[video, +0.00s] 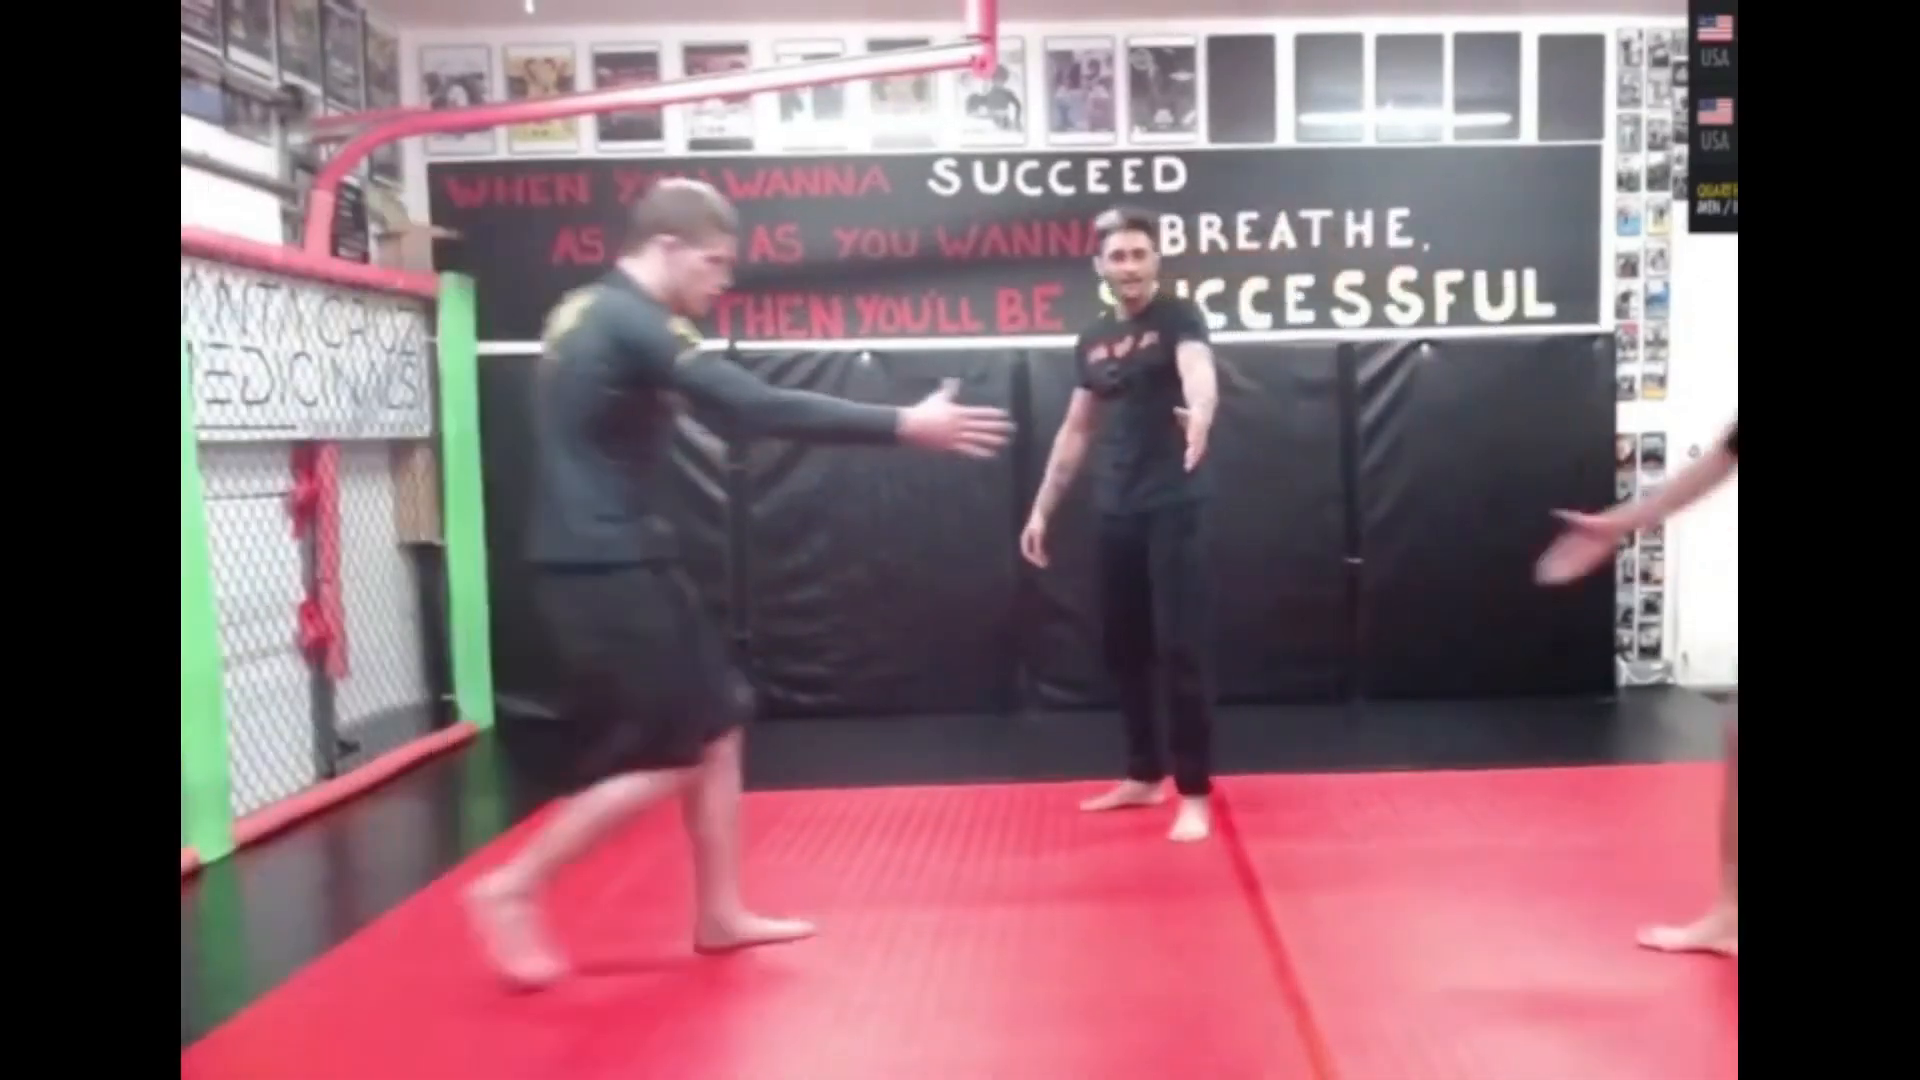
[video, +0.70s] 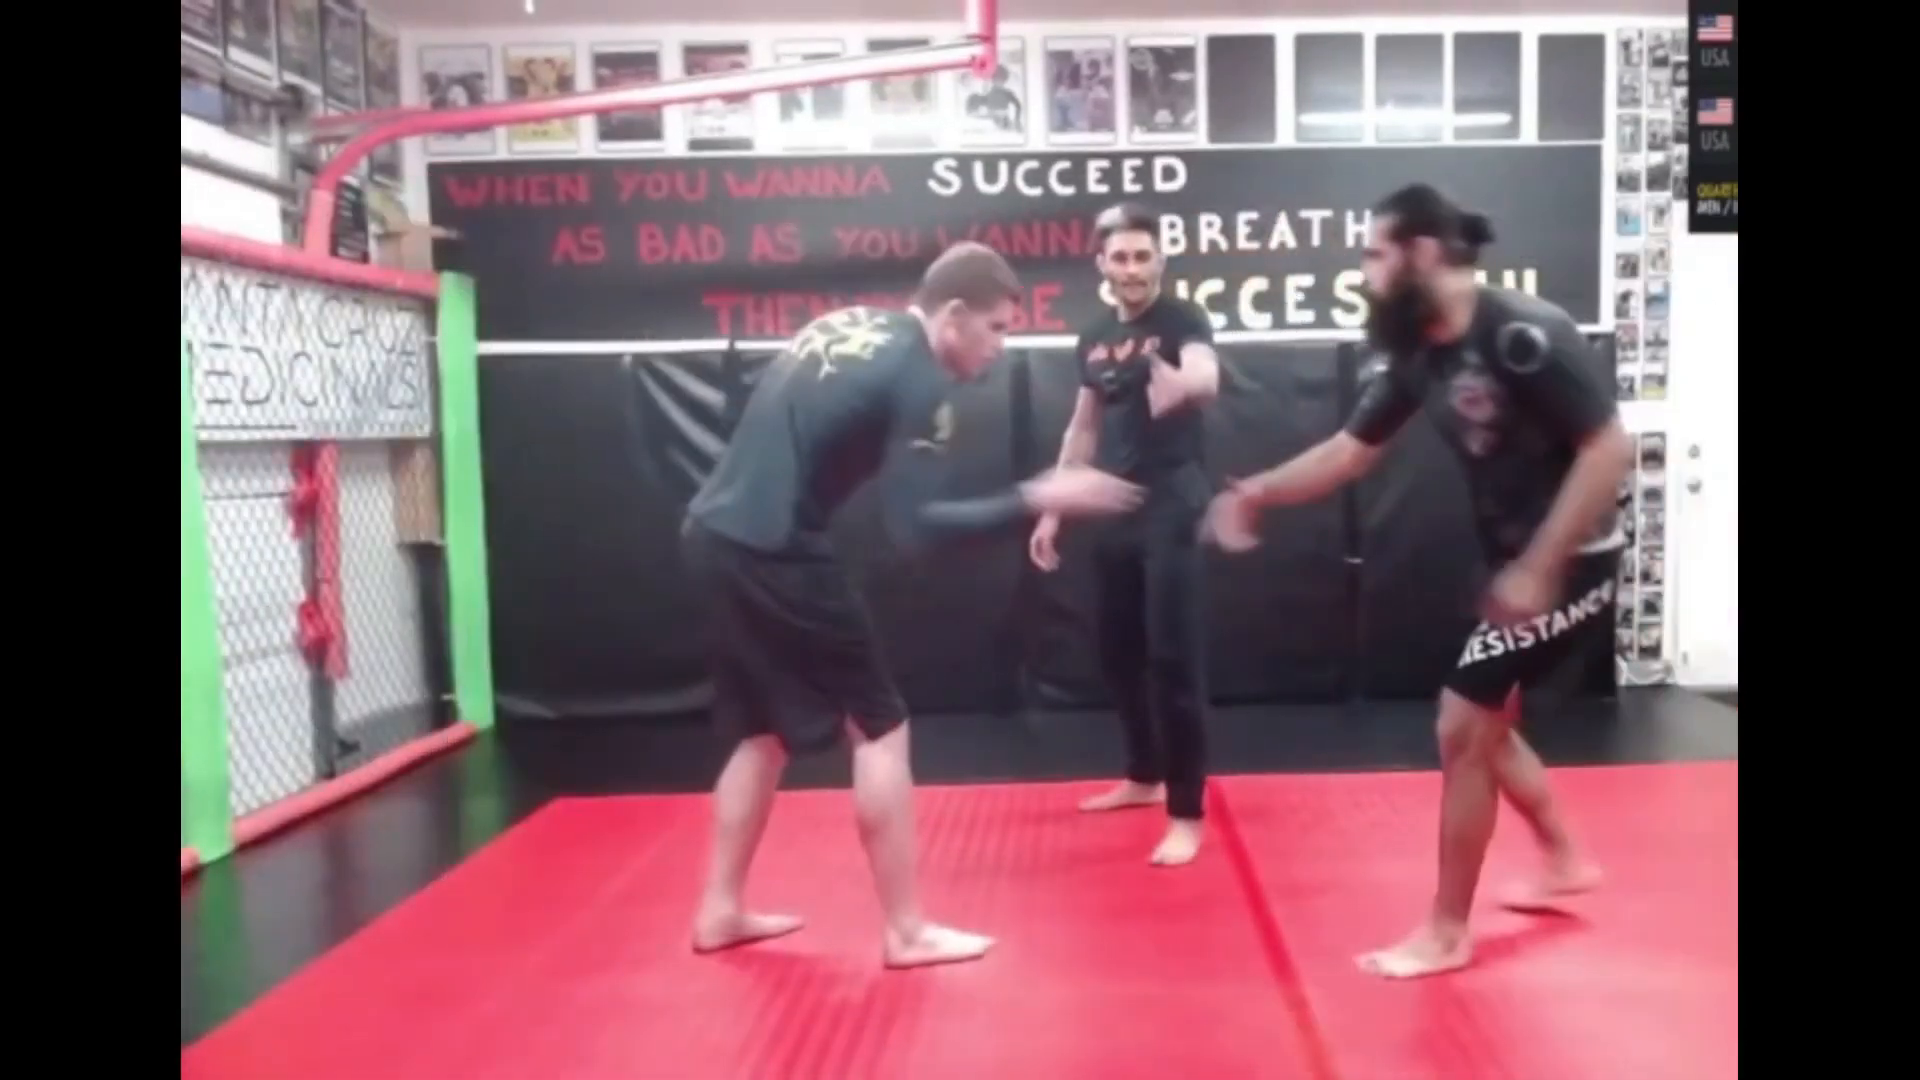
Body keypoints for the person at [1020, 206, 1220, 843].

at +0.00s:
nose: (1129, 266)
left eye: (1139, 254)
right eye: (1117, 256)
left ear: (1157, 259)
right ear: (1101, 265)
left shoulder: (1176, 318)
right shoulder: (1096, 342)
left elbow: (1198, 371)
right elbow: (1076, 431)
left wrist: (1199, 416)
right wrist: (1040, 512)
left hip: (1172, 504)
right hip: (1116, 509)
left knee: (1179, 644)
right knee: (1126, 644)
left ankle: (1194, 792)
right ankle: (1144, 776)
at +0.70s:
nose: (1131, 269)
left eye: (1142, 257)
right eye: (1119, 258)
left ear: (1160, 260)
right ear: (1102, 264)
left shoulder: (1182, 319)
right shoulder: (1097, 340)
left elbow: (1206, 377)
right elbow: (1082, 429)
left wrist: (1177, 381)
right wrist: (1054, 508)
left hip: (1174, 499)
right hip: (1114, 500)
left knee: (1171, 652)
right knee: (1119, 645)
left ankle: (1187, 812)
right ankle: (1143, 775)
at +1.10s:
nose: (1128, 297)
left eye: (1139, 283)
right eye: (1117, 285)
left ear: (1164, 276)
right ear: (1103, 284)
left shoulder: (1195, 329)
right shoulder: (1105, 330)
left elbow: (1212, 394)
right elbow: (1098, 411)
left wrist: (1167, 315)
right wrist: (1074, 482)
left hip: (1195, 505)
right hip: (1136, 503)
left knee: (1187, 658)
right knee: (1128, 641)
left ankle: (1189, 815)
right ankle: (1139, 764)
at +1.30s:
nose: (1131, 364)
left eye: (1143, 350)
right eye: (1118, 351)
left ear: (1165, 336)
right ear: (1102, 341)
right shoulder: (1099, 364)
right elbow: (1102, 415)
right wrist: (1094, 490)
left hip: (1198, 504)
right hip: (1142, 498)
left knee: (1188, 646)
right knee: (1131, 632)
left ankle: (1190, 812)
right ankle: (1143, 760)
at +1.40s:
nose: (1130, 372)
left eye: (1141, 357)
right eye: (1117, 359)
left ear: (1163, 343)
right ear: (1101, 349)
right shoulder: (1099, 370)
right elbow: (1102, 423)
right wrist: (1096, 496)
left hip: (1199, 509)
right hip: (1144, 504)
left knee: (1189, 647)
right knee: (1130, 634)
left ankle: (1190, 813)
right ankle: (1145, 760)